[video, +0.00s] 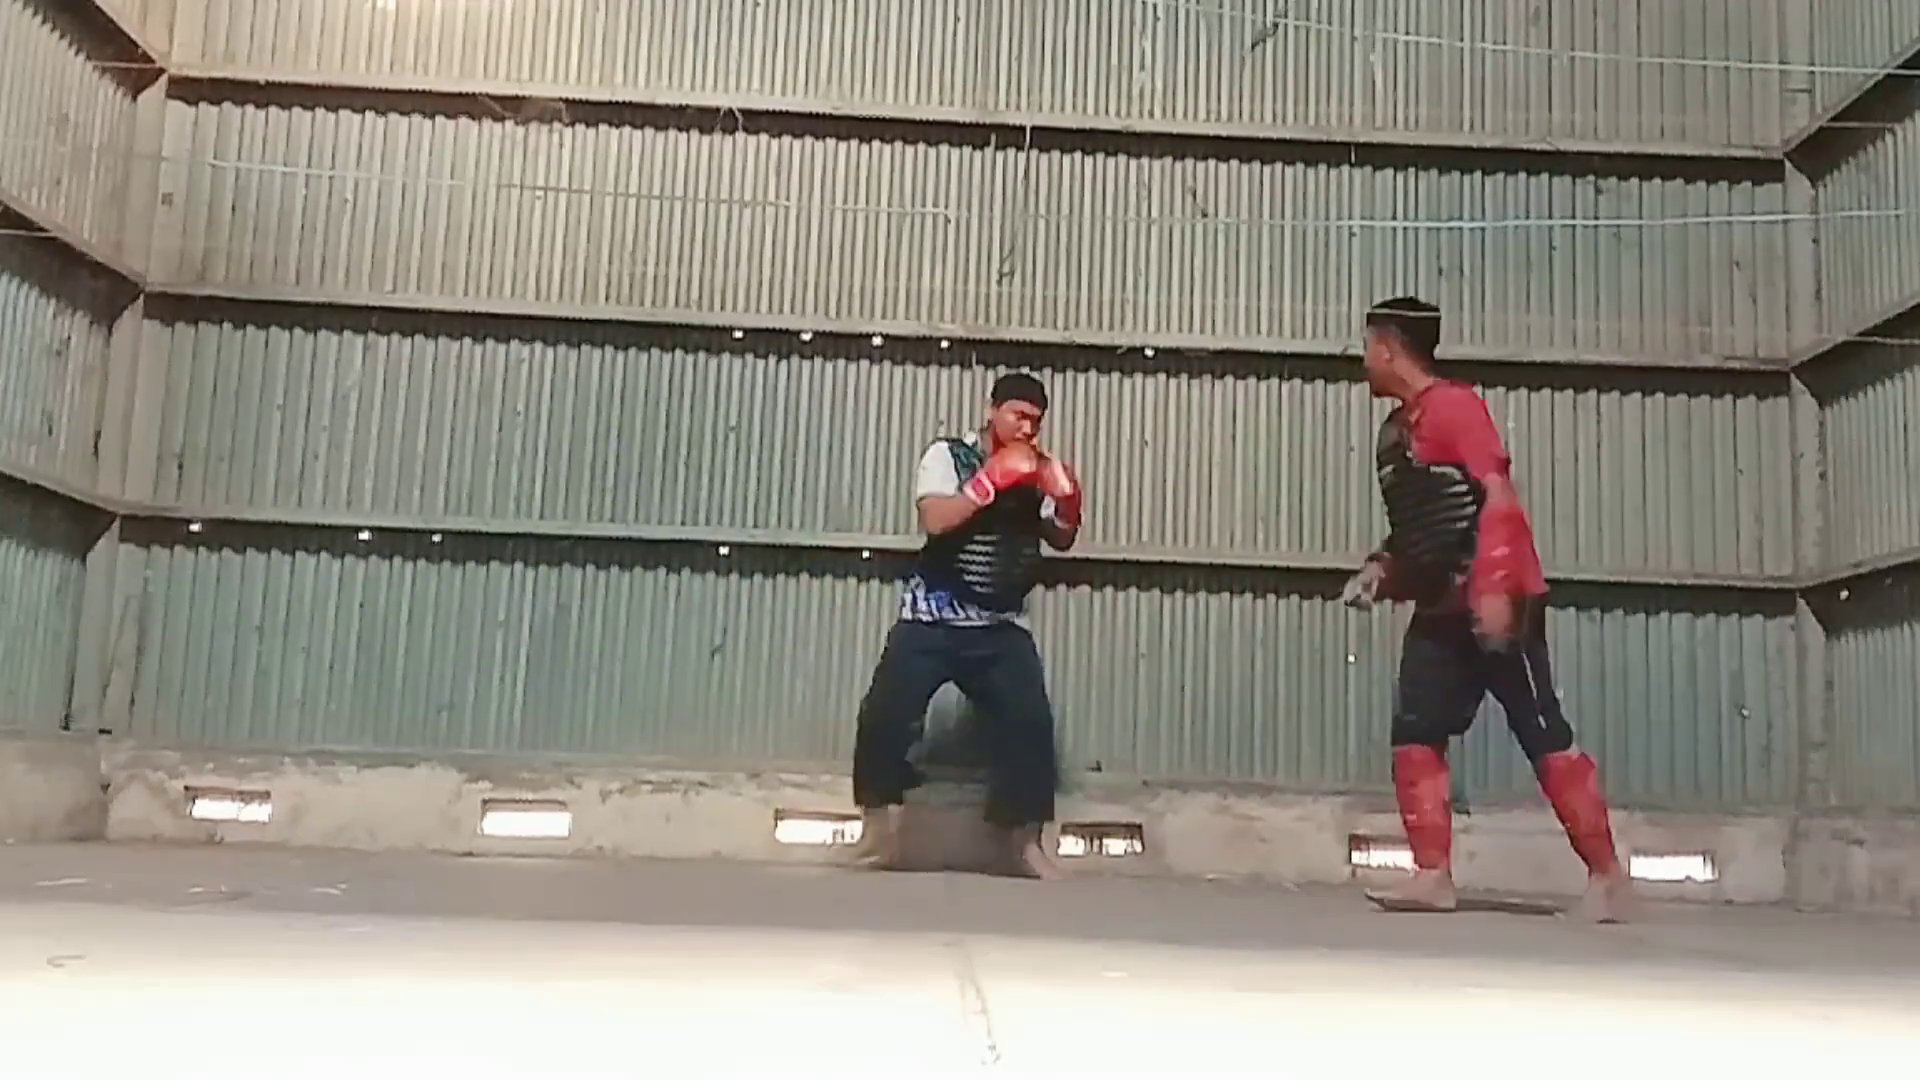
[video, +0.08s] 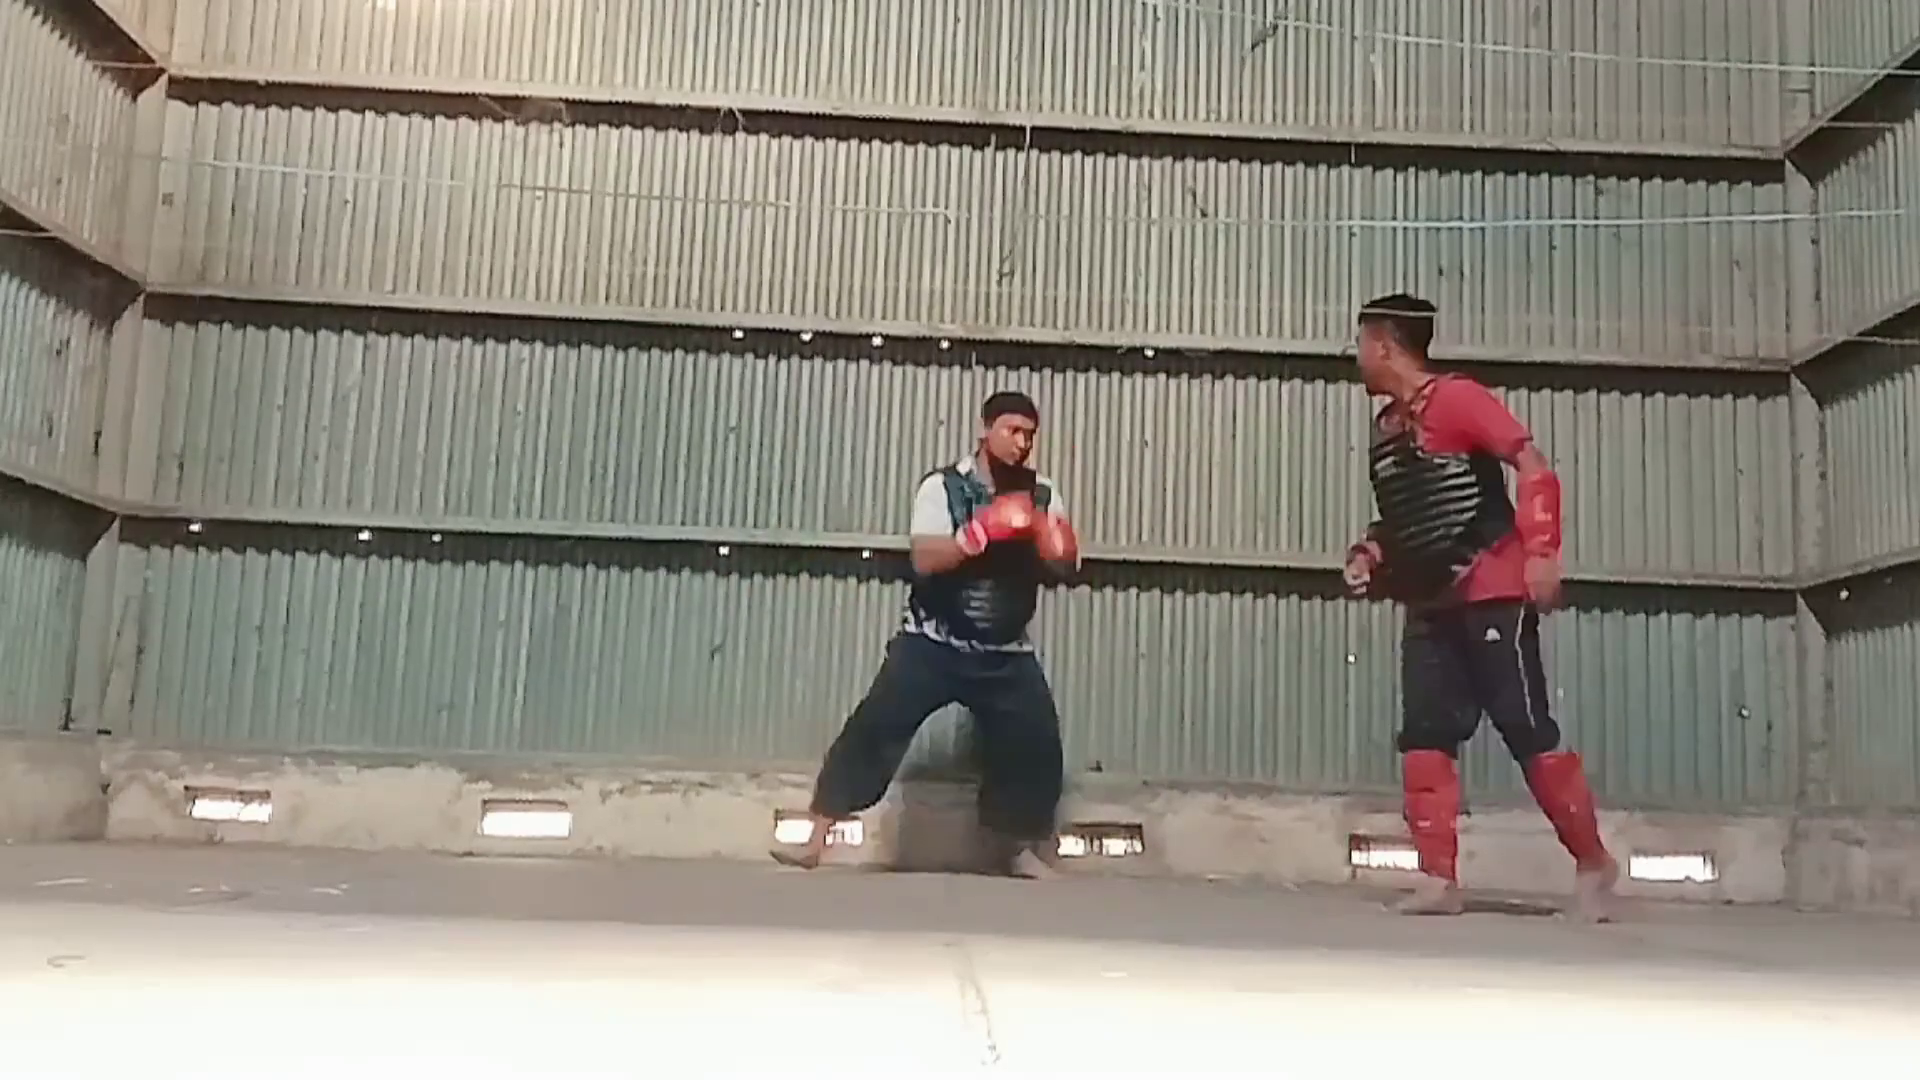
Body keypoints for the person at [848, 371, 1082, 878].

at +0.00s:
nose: (1024, 427)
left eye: (1033, 420)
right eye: (1016, 415)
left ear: (1040, 426)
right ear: (991, 412)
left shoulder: (1038, 476)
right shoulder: (947, 455)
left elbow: (1060, 542)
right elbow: (936, 520)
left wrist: (1066, 500)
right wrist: (992, 477)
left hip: (1000, 629)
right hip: (929, 622)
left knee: (1030, 718)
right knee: (882, 714)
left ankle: (1025, 842)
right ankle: (880, 831)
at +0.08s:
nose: (1022, 442)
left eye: (1029, 434)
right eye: (1013, 431)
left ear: (1033, 440)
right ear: (986, 430)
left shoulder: (1041, 495)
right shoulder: (941, 487)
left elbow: (1066, 572)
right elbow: (925, 560)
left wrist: (1059, 551)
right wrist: (977, 535)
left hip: (1007, 656)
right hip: (932, 646)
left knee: (1037, 746)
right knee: (876, 724)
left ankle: (1021, 847)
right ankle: (819, 833)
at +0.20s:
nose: (1000, 456)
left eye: (1006, 448)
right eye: (991, 445)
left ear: (1011, 454)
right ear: (962, 447)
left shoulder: (1024, 510)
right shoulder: (922, 506)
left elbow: (1038, 567)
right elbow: (900, 578)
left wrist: (1040, 573)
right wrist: (954, 563)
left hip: (996, 667)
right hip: (921, 659)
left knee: (1036, 746)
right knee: (867, 729)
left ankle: (1024, 849)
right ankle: (800, 829)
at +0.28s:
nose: (965, 445)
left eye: (970, 436)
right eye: (955, 434)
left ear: (973, 443)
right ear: (925, 436)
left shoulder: (985, 499)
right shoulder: (883, 497)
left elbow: (999, 558)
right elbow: (867, 571)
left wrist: (1014, 573)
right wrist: (922, 548)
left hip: (962, 656)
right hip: (887, 648)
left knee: (1001, 744)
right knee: (845, 726)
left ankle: (1024, 849)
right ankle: (799, 843)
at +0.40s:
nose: (930, 417)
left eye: (935, 410)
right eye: (921, 406)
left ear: (937, 419)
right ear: (888, 407)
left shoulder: (936, 479)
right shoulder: (844, 468)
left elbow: (951, 544)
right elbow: (834, 537)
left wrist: (979, 545)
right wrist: (891, 502)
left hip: (915, 640)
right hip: (842, 634)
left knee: (955, 736)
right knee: (813, 725)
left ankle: (981, 832)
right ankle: (798, 839)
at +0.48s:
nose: (908, 385)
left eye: (911, 376)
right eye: (899, 373)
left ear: (908, 384)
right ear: (864, 374)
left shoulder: (904, 445)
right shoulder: (818, 428)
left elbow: (905, 504)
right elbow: (806, 490)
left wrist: (947, 500)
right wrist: (867, 449)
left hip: (877, 607)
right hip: (810, 599)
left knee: (892, 717)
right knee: (792, 712)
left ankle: (896, 836)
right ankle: (788, 834)